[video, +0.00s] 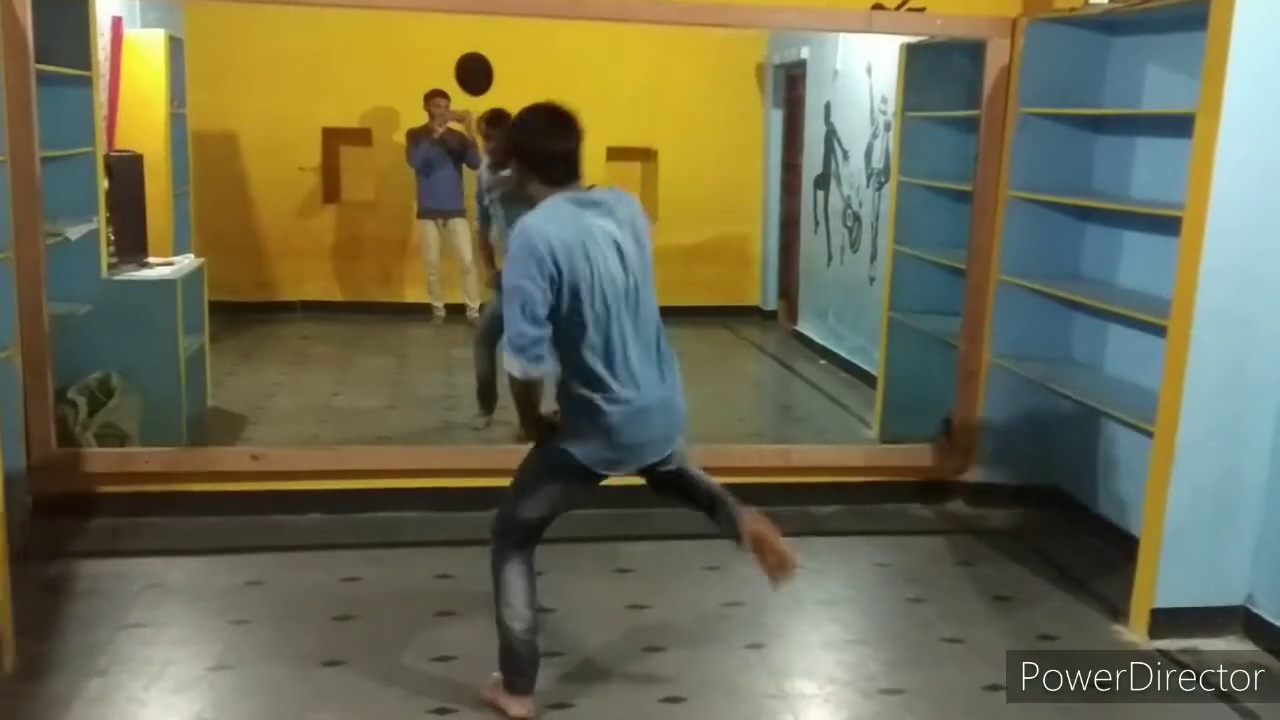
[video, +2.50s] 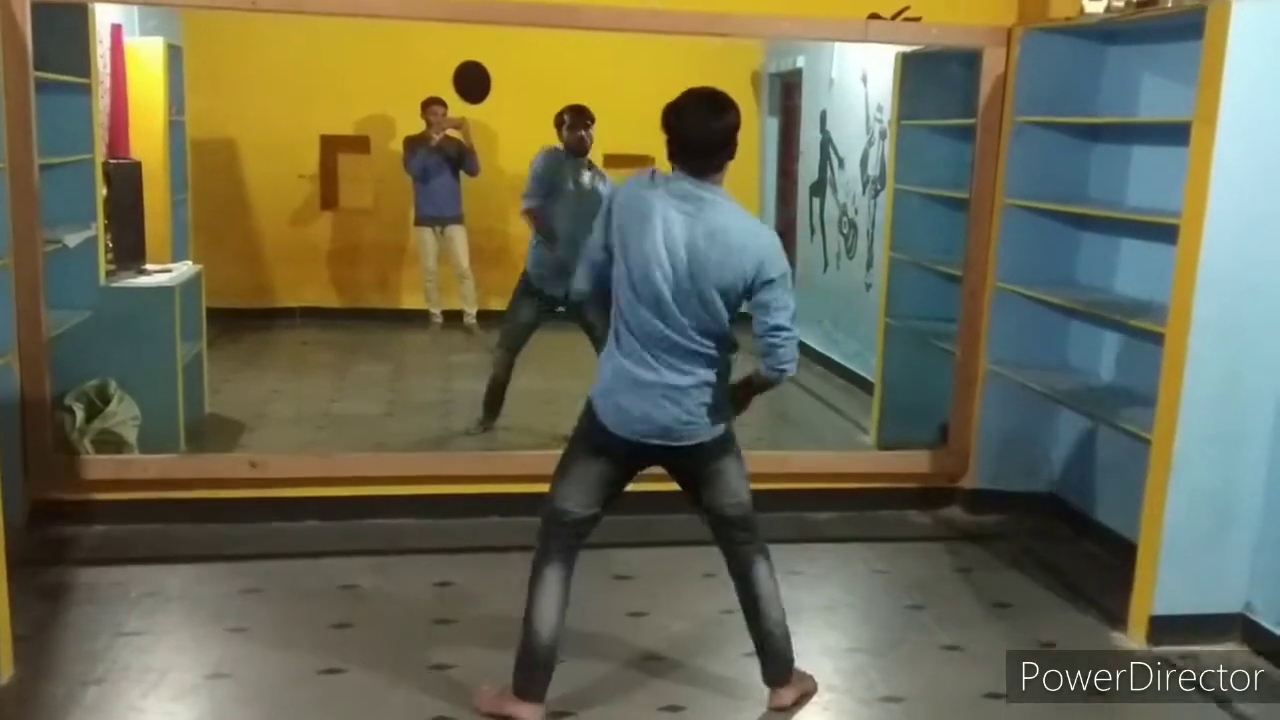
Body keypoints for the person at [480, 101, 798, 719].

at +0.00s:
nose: (503, 175)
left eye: (508, 165)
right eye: (505, 164)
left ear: (525, 170)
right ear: (575, 159)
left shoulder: (533, 233)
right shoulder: (624, 207)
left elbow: (525, 355)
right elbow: (626, 296)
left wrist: (532, 425)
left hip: (598, 425)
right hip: (663, 410)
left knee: (512, 534)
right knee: (665, 471)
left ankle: (517, 687)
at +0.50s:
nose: (585, 147)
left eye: (585, 139)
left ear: (592, 146)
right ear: (653, 140)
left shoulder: (577, 221)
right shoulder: (701, 201)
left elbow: (581, 341)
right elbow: (735, 304)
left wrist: (585, 398)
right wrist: (687, 339)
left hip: (632, 409)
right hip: (714, 403)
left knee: (573, 546)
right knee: (747, 542)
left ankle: (525, 688)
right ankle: (784, 673)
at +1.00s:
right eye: (718, 126)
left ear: (652, 130)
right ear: (717, 135)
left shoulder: (606, 198)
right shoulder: (737, 220)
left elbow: (522, 210)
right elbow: (763, 330)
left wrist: (546, 188)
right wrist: (768, 380)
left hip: (617, 408)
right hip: (699, 410)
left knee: (571, 544)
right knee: (752, 539)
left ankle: (523, 688)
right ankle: (784, 673)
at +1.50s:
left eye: (674, 126)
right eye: (727, 131)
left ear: (668, 132)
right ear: (732, 140)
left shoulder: (623, 197)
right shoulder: (741, 225)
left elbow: (565, 235)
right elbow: (756, 338)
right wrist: (757, 386)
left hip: (615, 401)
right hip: (695, 407)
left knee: (571, 536)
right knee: (752, 528)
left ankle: (521, 683)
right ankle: (783, 667)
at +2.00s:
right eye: (795, 146)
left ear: (733, 140)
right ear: (790, 153)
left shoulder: (686, 187)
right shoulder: (795, 243)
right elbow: (797, 366)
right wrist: (774, 408)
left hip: (635, 394)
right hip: (714, 407)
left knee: (583, 499)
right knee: (774, 522)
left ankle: (538, 618)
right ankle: (782, 668)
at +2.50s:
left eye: (670, 139)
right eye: (730, 138)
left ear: (667, 144)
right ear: (733, 149)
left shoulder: (626, 200)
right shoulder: (755, 242)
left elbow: (584, 292)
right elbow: (779, 364)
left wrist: (617, 354)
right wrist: (733, 394)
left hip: (616, 410)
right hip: (697, 420)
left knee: (558, 540)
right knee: (745, 546)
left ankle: (527, 694)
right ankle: (782, 683)